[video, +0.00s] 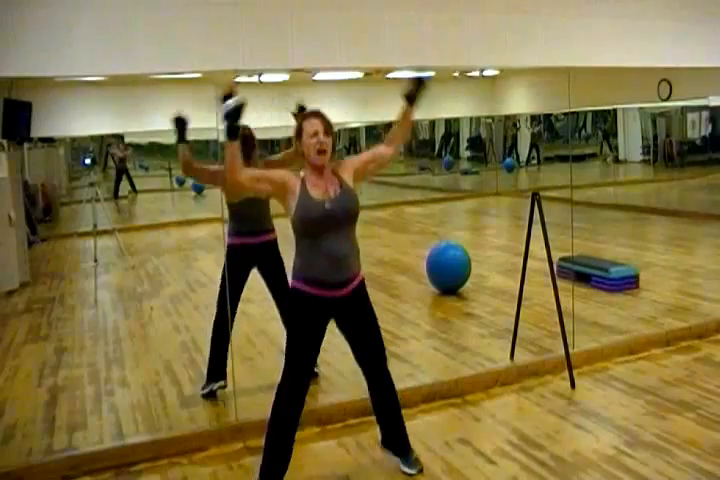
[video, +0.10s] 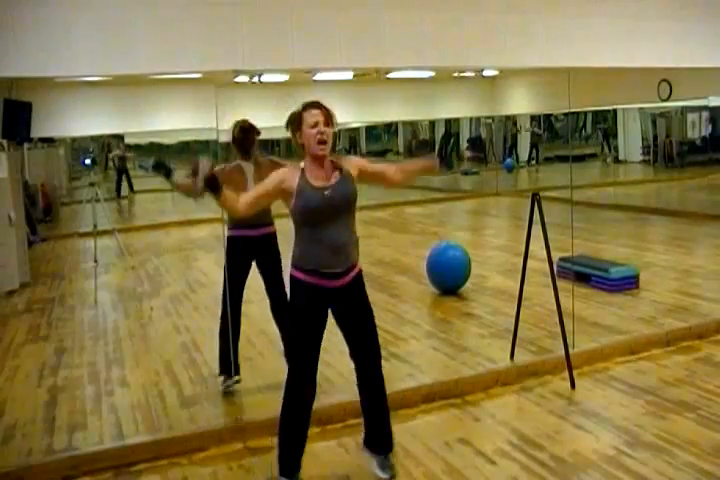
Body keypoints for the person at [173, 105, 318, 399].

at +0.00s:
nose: (241, 146)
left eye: (237, 141)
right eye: (245, 141)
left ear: (233, 147)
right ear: (254, 146)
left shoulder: (226, 174)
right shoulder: (265, 168)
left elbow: (188, 168)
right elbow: (299, 153)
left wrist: (182, 136)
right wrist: (302, 124)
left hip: (239, 246)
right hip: (267, 244)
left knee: (225, 312)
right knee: (287, 306)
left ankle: (215, 378)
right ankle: (306, 362)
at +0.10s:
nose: (247, 143)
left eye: (239, 139)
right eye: (251, 138)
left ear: (233, 143)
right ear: (256, 141)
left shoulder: (224, 171)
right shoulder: (273, 167)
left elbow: (196, 190)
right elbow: (294, 188)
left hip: (238, 241)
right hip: (267, 238)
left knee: (231, 304)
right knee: (279, 300)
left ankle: (230, 370)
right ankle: (295, 357)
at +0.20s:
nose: (250, 152)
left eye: (239, 147)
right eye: (254, 147)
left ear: (234, 151)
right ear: (256, 150)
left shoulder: (228, 183)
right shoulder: (271, 179)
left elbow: (207, 219)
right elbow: (290, 208)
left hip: (238, 254)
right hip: (267, 250)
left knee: (236, 315)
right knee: (275, 309)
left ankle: (242, 377)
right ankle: (283, 369)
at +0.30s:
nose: (241, 157)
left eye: (236, 153)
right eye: (249, 152)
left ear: (234, 157)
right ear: (255, 155)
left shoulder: (230, 189)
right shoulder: (268, 184)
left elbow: (223, 231)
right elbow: (280, 220)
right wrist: (285, 250)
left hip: (240, 257)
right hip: (268, 254)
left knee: (234, 317)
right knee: (276, 310)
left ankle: (241, 379)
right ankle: (283, 373)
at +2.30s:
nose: (241, 164)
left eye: (230, 160)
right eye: (244, 160)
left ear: (224, 162)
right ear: (245, 163)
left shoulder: (218, 192)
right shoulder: (256, 191)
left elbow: (212, 224)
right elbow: (269, 225)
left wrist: (210, 254)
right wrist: (278, 255)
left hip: (225, 258)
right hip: (252, 258)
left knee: (203, 305)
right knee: (271, 298)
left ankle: (201, 363)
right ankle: (287, 344)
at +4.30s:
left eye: (214, 153)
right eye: (231, 152)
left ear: (214, 154)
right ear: (233, 153)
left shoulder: (210, 181)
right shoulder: (244, 177)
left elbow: (200, 216)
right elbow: (260, 206)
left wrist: (189, 243)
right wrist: (275, 226)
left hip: (214, 240)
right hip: (240, 240)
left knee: (197, 286)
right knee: (258, 281)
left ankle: (194, 338)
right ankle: (271, 329)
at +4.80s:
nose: (218, 169)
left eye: (214, 166)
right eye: (226, 165)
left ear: (212, 167)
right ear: (231, 166)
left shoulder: (207, 191)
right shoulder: (241, 190)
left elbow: (198, 225)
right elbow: (252, 222)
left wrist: (187, 253)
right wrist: (262, 246)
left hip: (213, 251)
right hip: (239, 250)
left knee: (194, 293)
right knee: (258, 288)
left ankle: (193, 343)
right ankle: (270, 332)